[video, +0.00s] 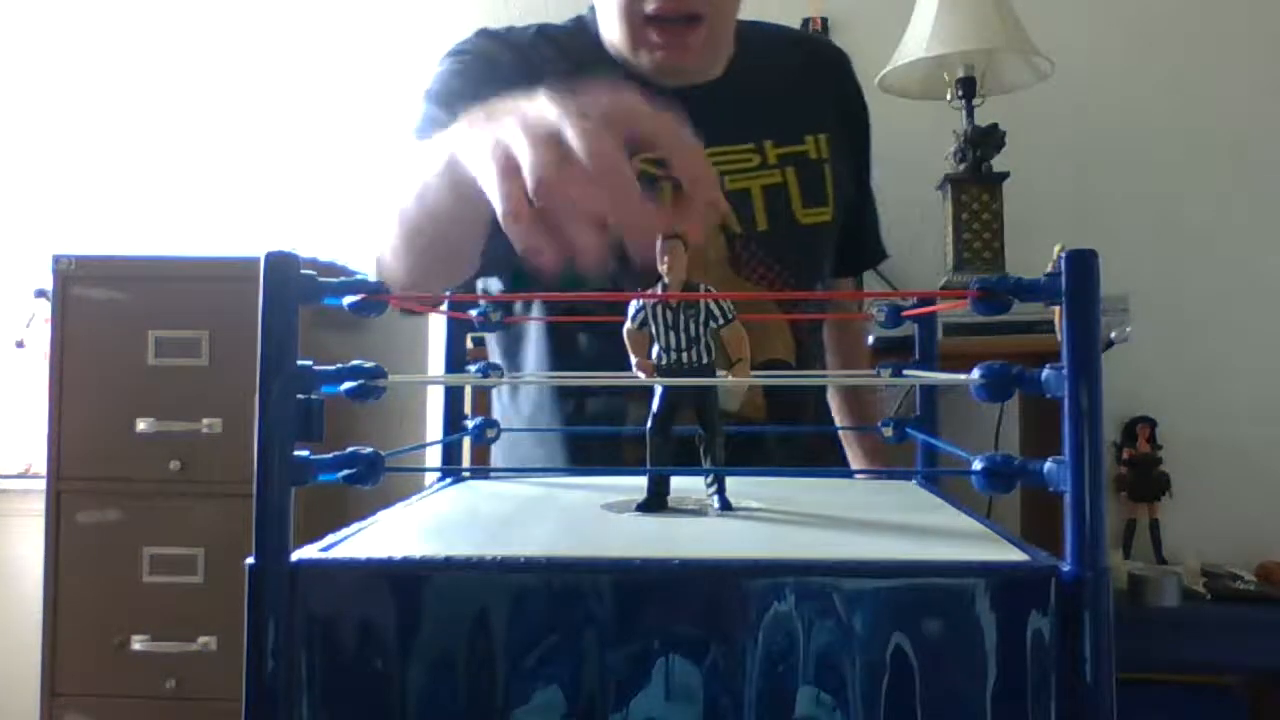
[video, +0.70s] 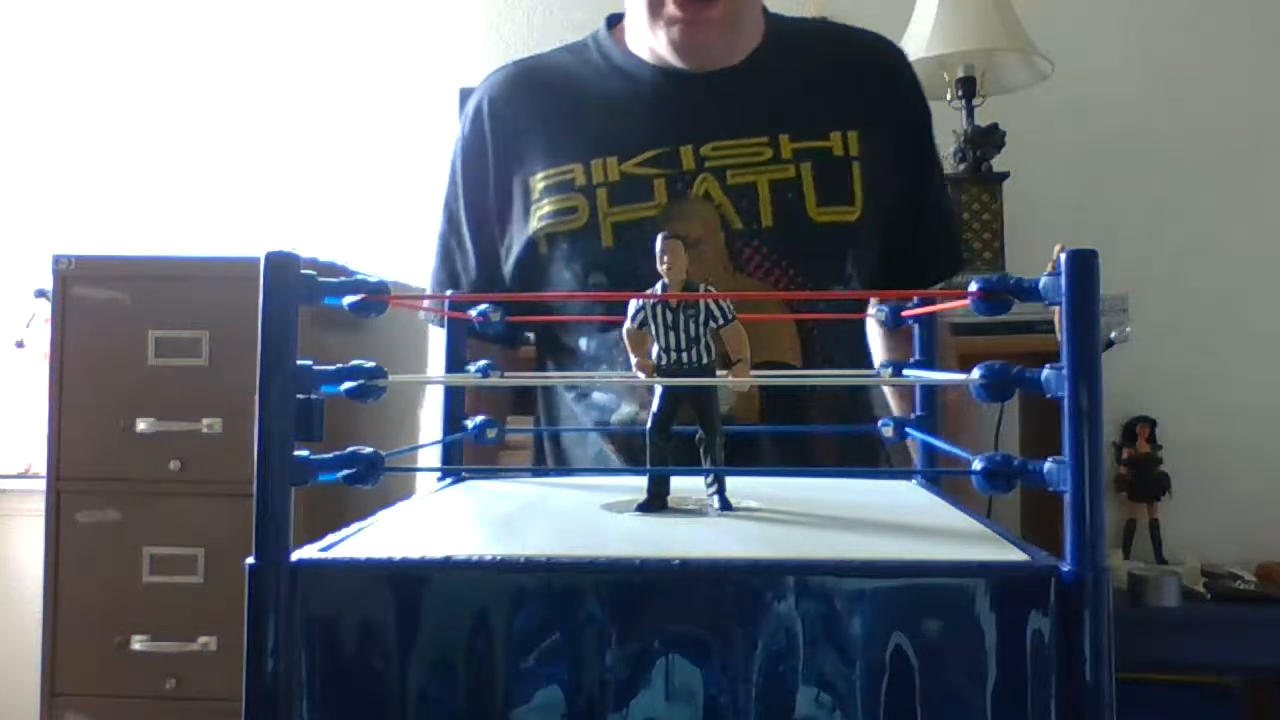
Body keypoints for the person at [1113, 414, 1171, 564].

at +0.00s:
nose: (1146, 432)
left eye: (1148, 428)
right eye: (1143, 428)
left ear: (1151, 431)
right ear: (1137, 430)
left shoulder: (1153, 446)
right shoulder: (1129, 446)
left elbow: (1158, 463)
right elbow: (1125, 463)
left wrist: (1136, 458)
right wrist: (1148, 460)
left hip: (1152, 483)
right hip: (1134, 483)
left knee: (1154, 517)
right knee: (1132, 517)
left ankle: (1159, 556)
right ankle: (1126, 555)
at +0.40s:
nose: (1146, 432)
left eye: (1148, 428)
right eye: (1143, 428)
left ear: (1151, 431)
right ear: (1136, 430)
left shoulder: (1153, 446)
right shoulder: (1129, 446)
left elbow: (1157, 463)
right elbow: (1124, 463)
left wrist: (1136, 459)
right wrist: (1149, 460)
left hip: (1152, 483)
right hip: (1133, 483)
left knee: (1154, 518)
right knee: (1132, 517)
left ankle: (1159, 556)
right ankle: (1126, 555)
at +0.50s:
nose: (1144, 431)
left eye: (1147, 428)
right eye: (1142, 428)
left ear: (1150, 431)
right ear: (1136, 430)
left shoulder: (1153, 448)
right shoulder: (1129, 447)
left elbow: (1158, 465)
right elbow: (1124, 466)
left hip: (1152, 484)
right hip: (1133, 483)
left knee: (1154, 517)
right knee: (1133, 516)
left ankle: (1159, 556)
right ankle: (1126, 555)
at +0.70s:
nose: (1144, 431)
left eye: (1147, 428)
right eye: (1142, 428)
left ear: (1150, 431)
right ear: (1136, 430)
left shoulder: (1154, 448)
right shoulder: (1129, 447)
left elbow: (1158, 465)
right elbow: (1124, 466)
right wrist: (1122, 487)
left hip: (1152, 484)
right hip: (1133, 483)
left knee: (1154, 518)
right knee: (1133, 516)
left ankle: (1159, 556)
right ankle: (1126, 555)